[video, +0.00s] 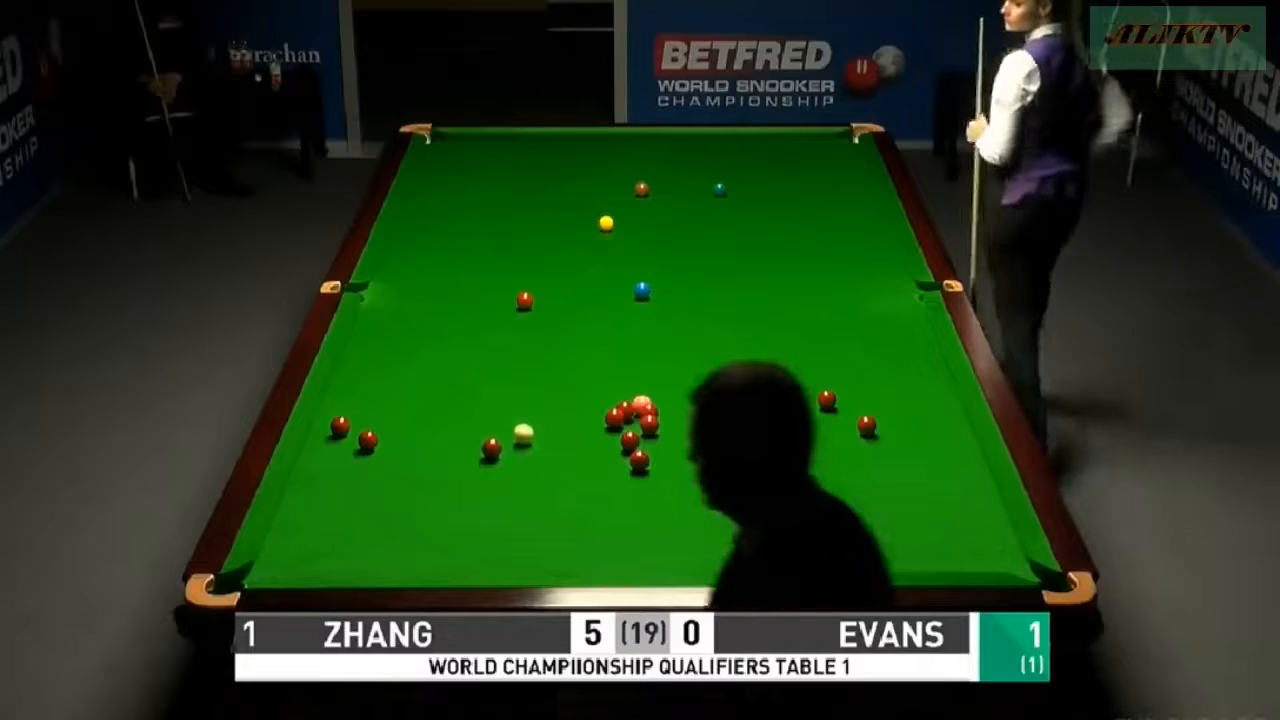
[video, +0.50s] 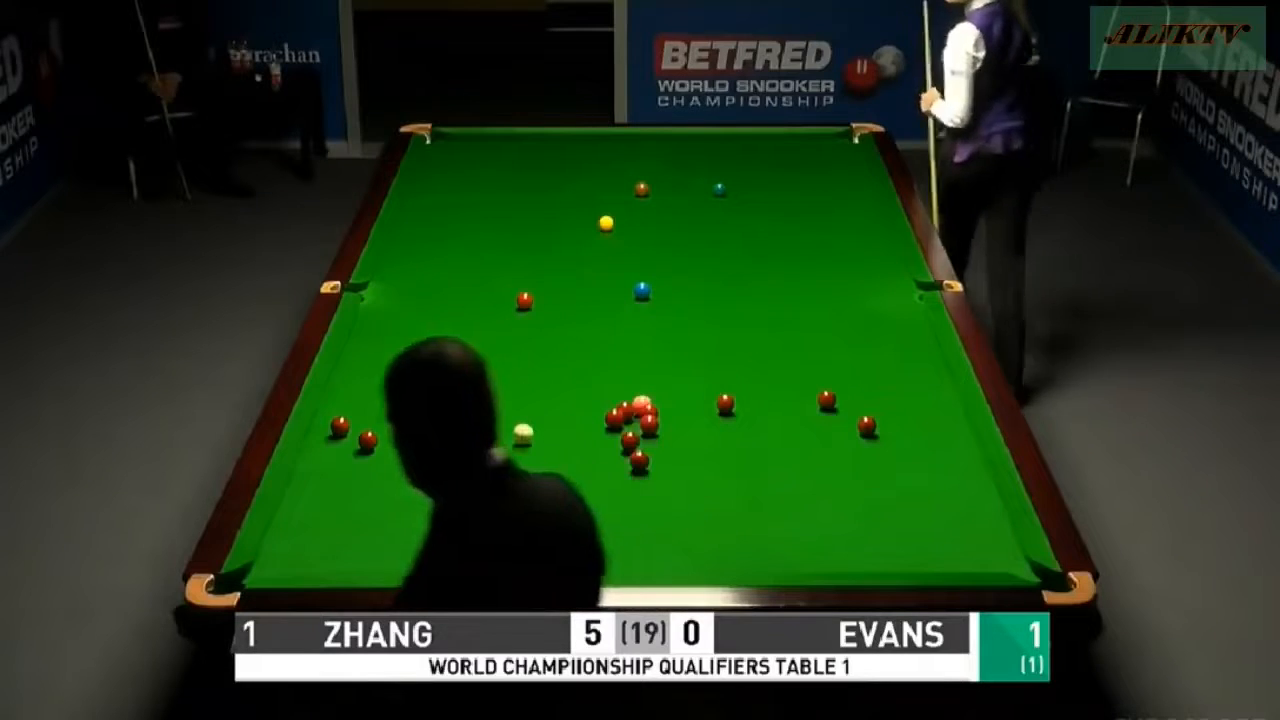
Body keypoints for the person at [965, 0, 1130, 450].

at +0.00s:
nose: (1005, 8)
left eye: (1014, 2)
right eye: (1006, 1)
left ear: (1041, 8)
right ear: (1045, 10)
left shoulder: (1019, 64)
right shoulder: (1077, 58)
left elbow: (999, 149)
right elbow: (1118, 117)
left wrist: (980, 132)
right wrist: (1076, 149)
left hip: (1024, 203)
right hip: (1065, 197)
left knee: (1015, 314)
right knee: (1030, 299)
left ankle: (1029, 439)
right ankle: (1017, 399)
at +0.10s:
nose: (997, 2)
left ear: (1019, 1)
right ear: (1039, 1)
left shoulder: (1010, 49)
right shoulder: (1069, 39)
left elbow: (997, 134)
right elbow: (1115, 86)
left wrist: (973, 124)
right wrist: (1081, 131)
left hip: (1016, 185)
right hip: (1059, 181)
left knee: (989, 288)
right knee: (1028, 280)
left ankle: (1021, 395)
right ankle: (1014, 388)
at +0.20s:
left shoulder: (1005, 42)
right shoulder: (1063, 34)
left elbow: (994, 127)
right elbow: (1108, 75)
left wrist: (967, 119)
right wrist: (1072, 117)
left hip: (1009, 174)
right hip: (1053, 173)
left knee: (979, 271)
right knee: (1027, 271)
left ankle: (1010, 368)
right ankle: (1023, 384)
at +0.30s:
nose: (976, 1)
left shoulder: (994, 34)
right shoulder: (1051, 27)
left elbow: (985, 117)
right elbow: (1066, 95)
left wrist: (958, 112)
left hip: (992, 167)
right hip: (1039, 164)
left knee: (969, 263)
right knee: (1022, 266)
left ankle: (978, 369)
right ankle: (1014, 377)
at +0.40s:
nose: (965, 1)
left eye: (969, 1)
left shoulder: (984, 33)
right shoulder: (1039, 28)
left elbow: (976, 115)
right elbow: (1045, 102)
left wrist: (949, 108)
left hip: (982, 166)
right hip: (1031, 164)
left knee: (963, 265)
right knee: (1017, 272)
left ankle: (953, 370)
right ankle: (1012, 382)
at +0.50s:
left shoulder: (966, 34)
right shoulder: (1017, 28)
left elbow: (958, 115)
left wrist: (933, 104)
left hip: (971, 162)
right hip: (1016, 160)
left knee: (949, 264)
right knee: (1006, 270)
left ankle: (938, 368)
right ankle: (1008, 382)